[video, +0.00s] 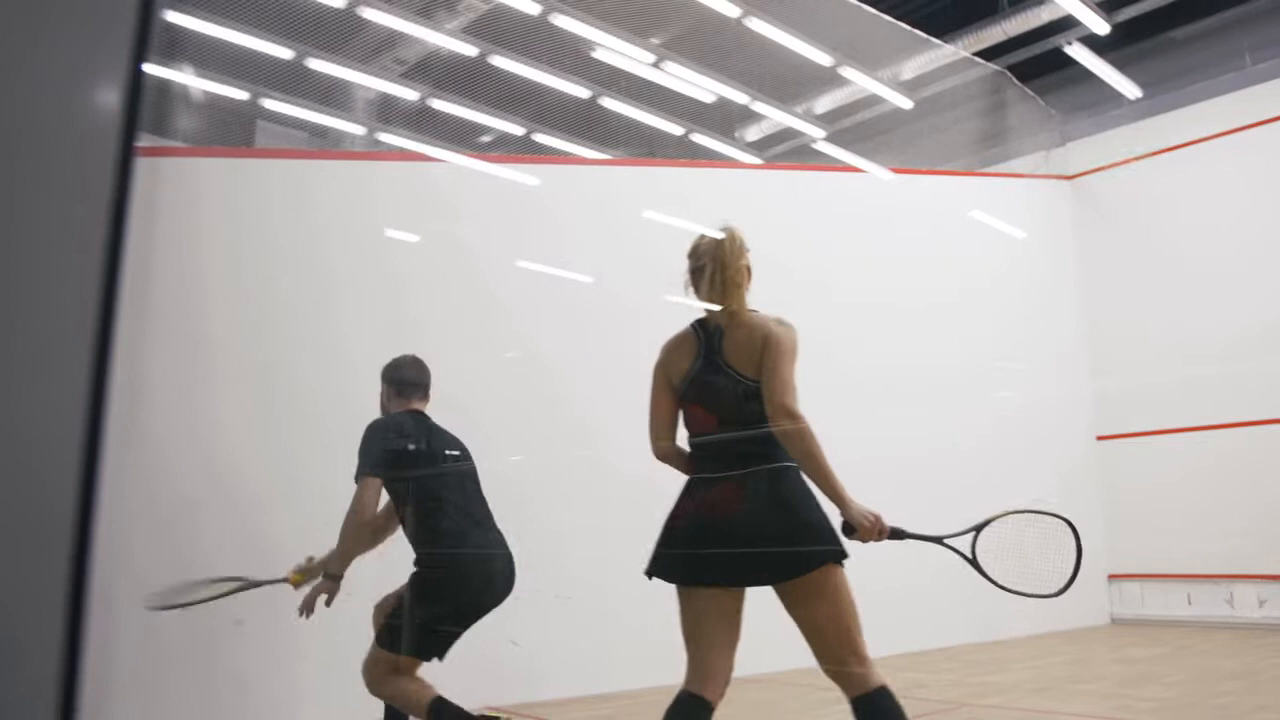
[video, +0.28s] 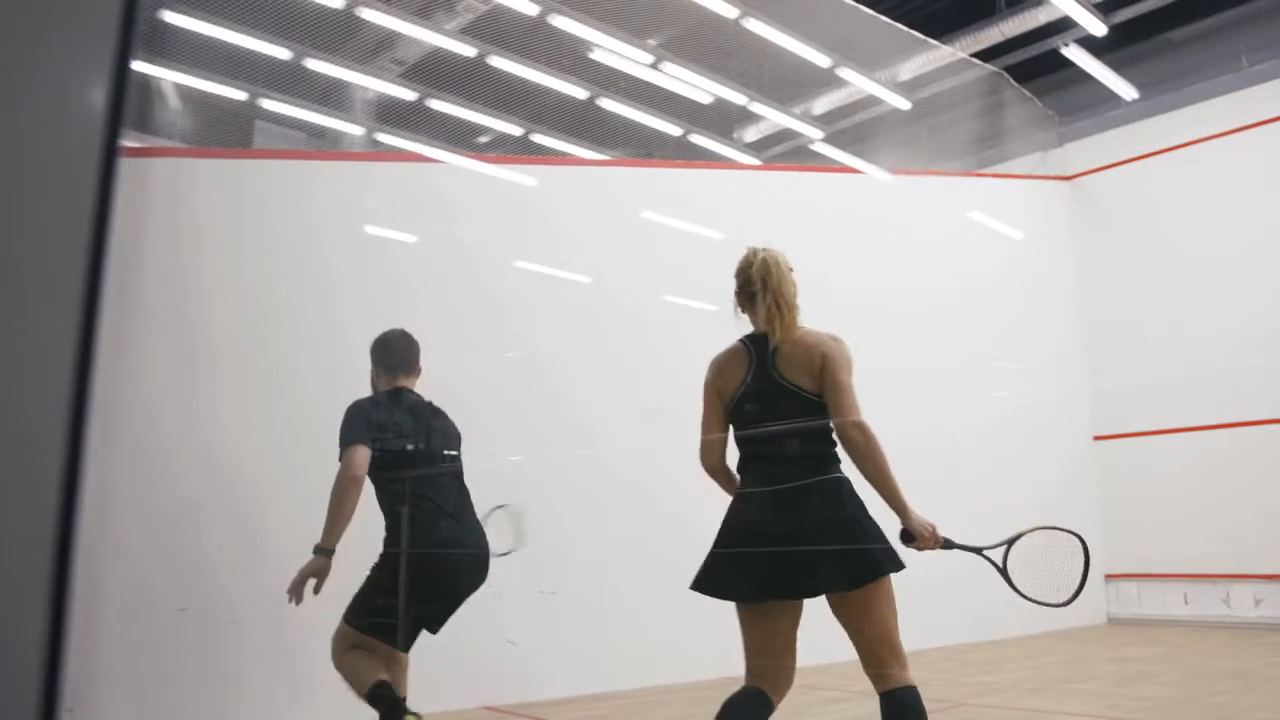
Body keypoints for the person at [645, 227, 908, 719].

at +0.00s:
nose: (750, 271)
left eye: (743, 265)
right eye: (748, 265)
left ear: (695, 278)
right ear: (746, 271)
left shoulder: (674, 351)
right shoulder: (774, 334)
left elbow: (664, 447)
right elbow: (784, 418)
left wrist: (719, 473)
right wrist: (847, 505)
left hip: (704, 517)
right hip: (778, 512)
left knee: (702, 683)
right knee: (853, 670)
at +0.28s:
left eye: (742, 294)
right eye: (792, 285)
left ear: (741, 301)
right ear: (793, 292)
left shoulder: (723, 367)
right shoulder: (826, 349)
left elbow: (713, 460)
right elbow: (850, 428)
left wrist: (755, 500)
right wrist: (907, 514)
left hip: (759, 529)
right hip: (833, 523)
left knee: (765, 681)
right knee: (889, 672)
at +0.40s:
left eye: (751, 293)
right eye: (802, 282)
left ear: (751, 298)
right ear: (802, 289)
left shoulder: (732, 362)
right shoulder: (835, 347)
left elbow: (720, 451)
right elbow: (868, 425)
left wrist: (751, 500)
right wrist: (921, 506)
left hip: (764, 521)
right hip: (836, 516)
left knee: (775, 666)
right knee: (886, 671)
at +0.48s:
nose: (756, 298)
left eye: (754, 291)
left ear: (756, 295)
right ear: (805, 287)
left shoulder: (735, 358)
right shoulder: (840, 345)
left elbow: (721, 441)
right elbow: (874, 422)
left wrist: (736, 485)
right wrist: (925, 499)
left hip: (766, 517)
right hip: (838, 511)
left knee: (772, 659)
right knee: (883, 670)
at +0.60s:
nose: (759, 300)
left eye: (757, 294)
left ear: (759, 297)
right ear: (809, 289)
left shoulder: (738, 357)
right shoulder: (843, 346)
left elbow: (720, 438)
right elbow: (878, 420)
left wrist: (729, 484)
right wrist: (927, 495)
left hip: (765, 512)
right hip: (838, 506)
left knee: (767, 654)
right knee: (880, 668)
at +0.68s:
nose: (757, 303)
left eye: (756, 297)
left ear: (760, 300)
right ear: (808, 291)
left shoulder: (738, 359)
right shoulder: (842, 349)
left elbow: (719, 439)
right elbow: (877, 422)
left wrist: (723, 487)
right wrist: (925, 495)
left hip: (762, 512)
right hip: (835, 506)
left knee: (765, 650)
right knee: (877, 668)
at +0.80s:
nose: (754, 308)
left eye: (753, 302)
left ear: (757, 305)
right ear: (804, 296)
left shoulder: (736, 364)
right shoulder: (837, 354)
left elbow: (716, 438)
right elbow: (871, 427)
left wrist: (714, 492)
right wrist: (920, 498)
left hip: (757, 515)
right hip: (827, 509)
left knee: (758, 651)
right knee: (871, 668)